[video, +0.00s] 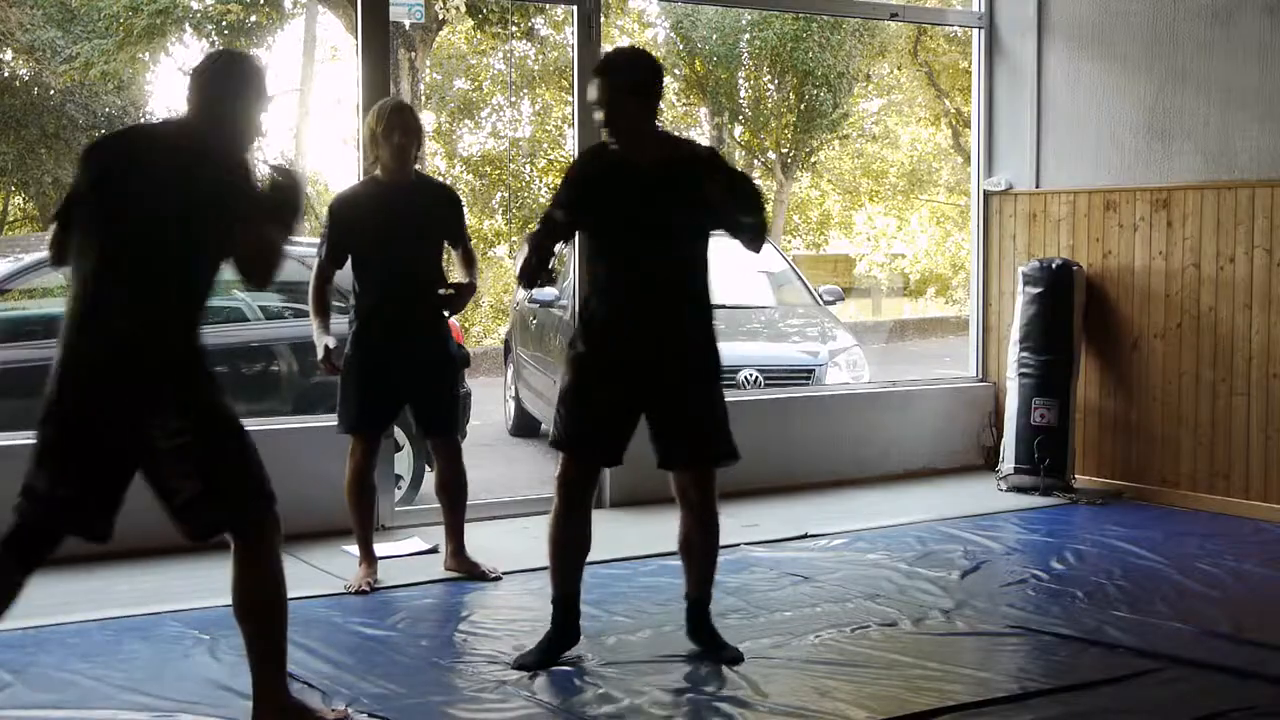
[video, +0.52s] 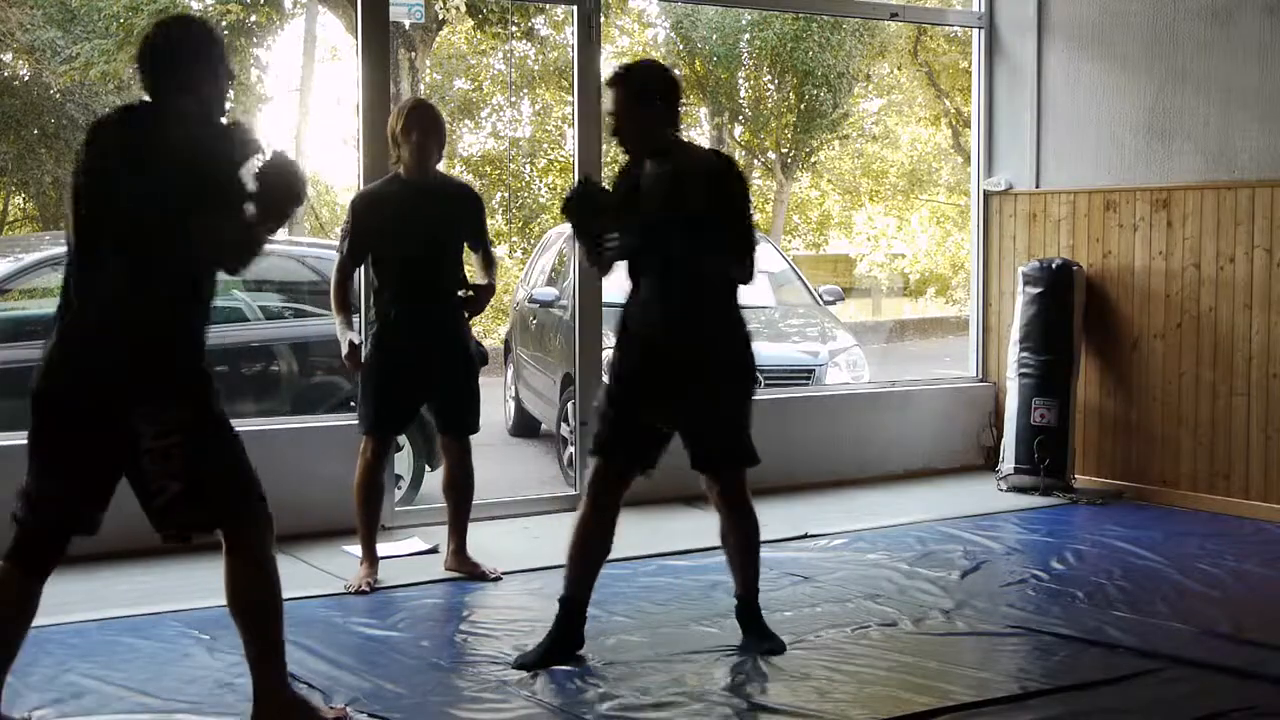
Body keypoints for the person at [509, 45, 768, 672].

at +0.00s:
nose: (602, 114)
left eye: (611, 102)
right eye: (598, 102)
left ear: (645, 100)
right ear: (606, 101)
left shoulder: (697, 166)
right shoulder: (590, 169)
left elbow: (754, 235)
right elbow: (548, 233)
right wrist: (537, 259)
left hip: (681, 354)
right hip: (601, 354)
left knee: (697, 489)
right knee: (572, 483)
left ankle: (700, 620)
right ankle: (564, 625)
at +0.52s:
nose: (612, 126)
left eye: (620, 113)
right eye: (611, 114)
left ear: (657, 110)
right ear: (646, 114)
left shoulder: (718, 172)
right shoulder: (631, 182)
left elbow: (742, 265)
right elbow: (602, 266)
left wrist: (659, 240)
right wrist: (588, 229)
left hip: (713, 353)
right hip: (645, 355)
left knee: (730, 490)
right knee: (603, 488)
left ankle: (751, 617)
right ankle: (567, 629)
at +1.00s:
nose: (654, 125)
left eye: (662, 112)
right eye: (654, 113)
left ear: (697, 109)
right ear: (676, 112)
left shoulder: (755, 169)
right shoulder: (669, 176)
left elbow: (763, 263)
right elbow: (638, 255)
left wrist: (701, 205)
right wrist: (627, 205)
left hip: (740, 352)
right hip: (673, 349)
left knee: (743, 487)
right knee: (626, 476)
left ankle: (752, 615)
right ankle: (615, 621)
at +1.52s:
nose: (592, 131)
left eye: (600, 116)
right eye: (589, 118)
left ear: (637, 113)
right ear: (599, 120)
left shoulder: (699, 166)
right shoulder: (603, 182)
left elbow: (719, 251)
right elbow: (587, 260)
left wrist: (650, 197)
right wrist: (574, 208)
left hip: (702, 348)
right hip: (633, 348)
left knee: (721, 486)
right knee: (613, 483)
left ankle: (752, 613)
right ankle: (617, 624)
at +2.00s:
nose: (590, 158)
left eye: (594, 144)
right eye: (586, 146)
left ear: (629, 132)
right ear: (606, 139)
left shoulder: (706, 172)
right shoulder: (615, 208)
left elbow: (734, 254)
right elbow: (625, 299)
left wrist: (668, 213)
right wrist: (619, 375)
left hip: (720, 363)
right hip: (650, 367)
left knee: (736, 492)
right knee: (590, 472)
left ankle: (772, 616)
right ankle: (609, 620)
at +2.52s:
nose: (610, 154)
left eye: (617, 140)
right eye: (607, 141)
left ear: (654, 131)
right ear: (631, 139)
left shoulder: (723, 172)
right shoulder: (628, 205)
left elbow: (755, 253)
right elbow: (637, 296)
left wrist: (687, 216)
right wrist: (631, 377)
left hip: (732, 362)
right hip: (663, 364)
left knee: (744, 492)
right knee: (611, 476)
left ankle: (769, 612)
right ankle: (613, 620)